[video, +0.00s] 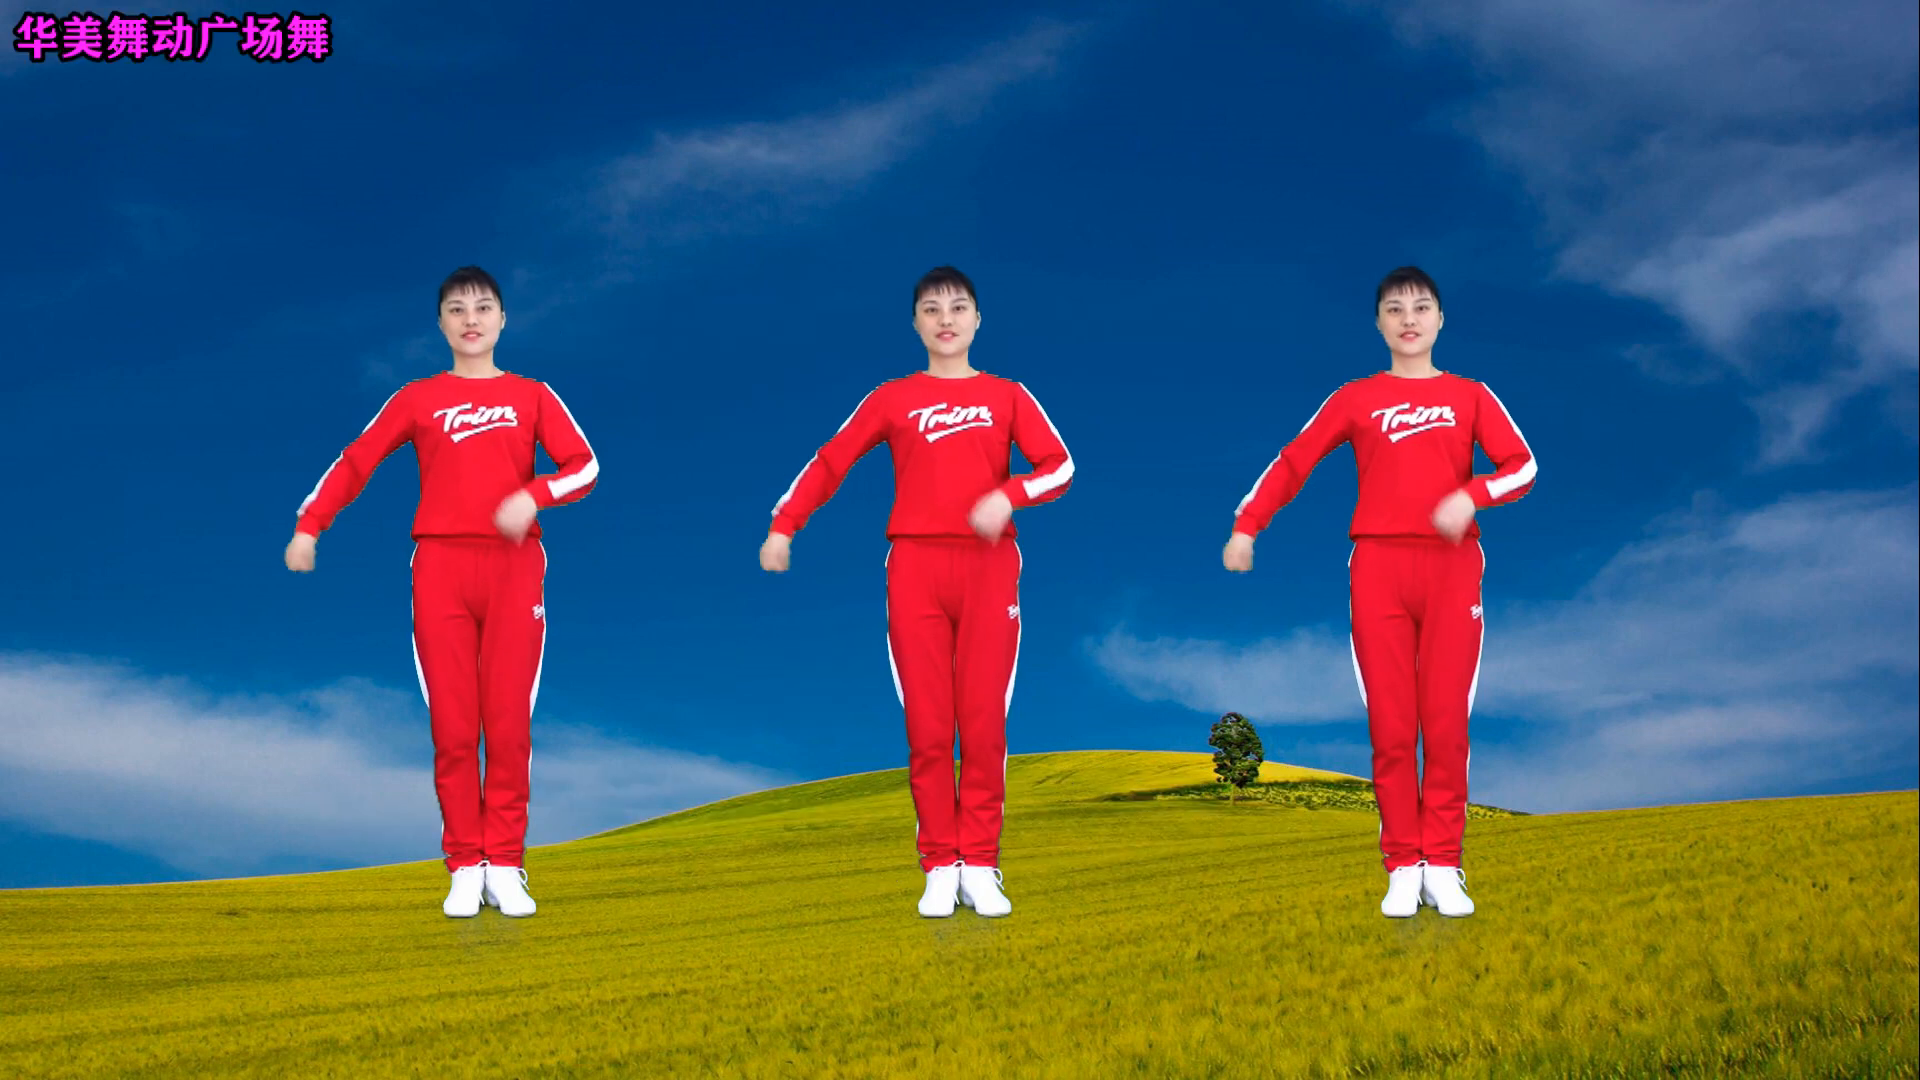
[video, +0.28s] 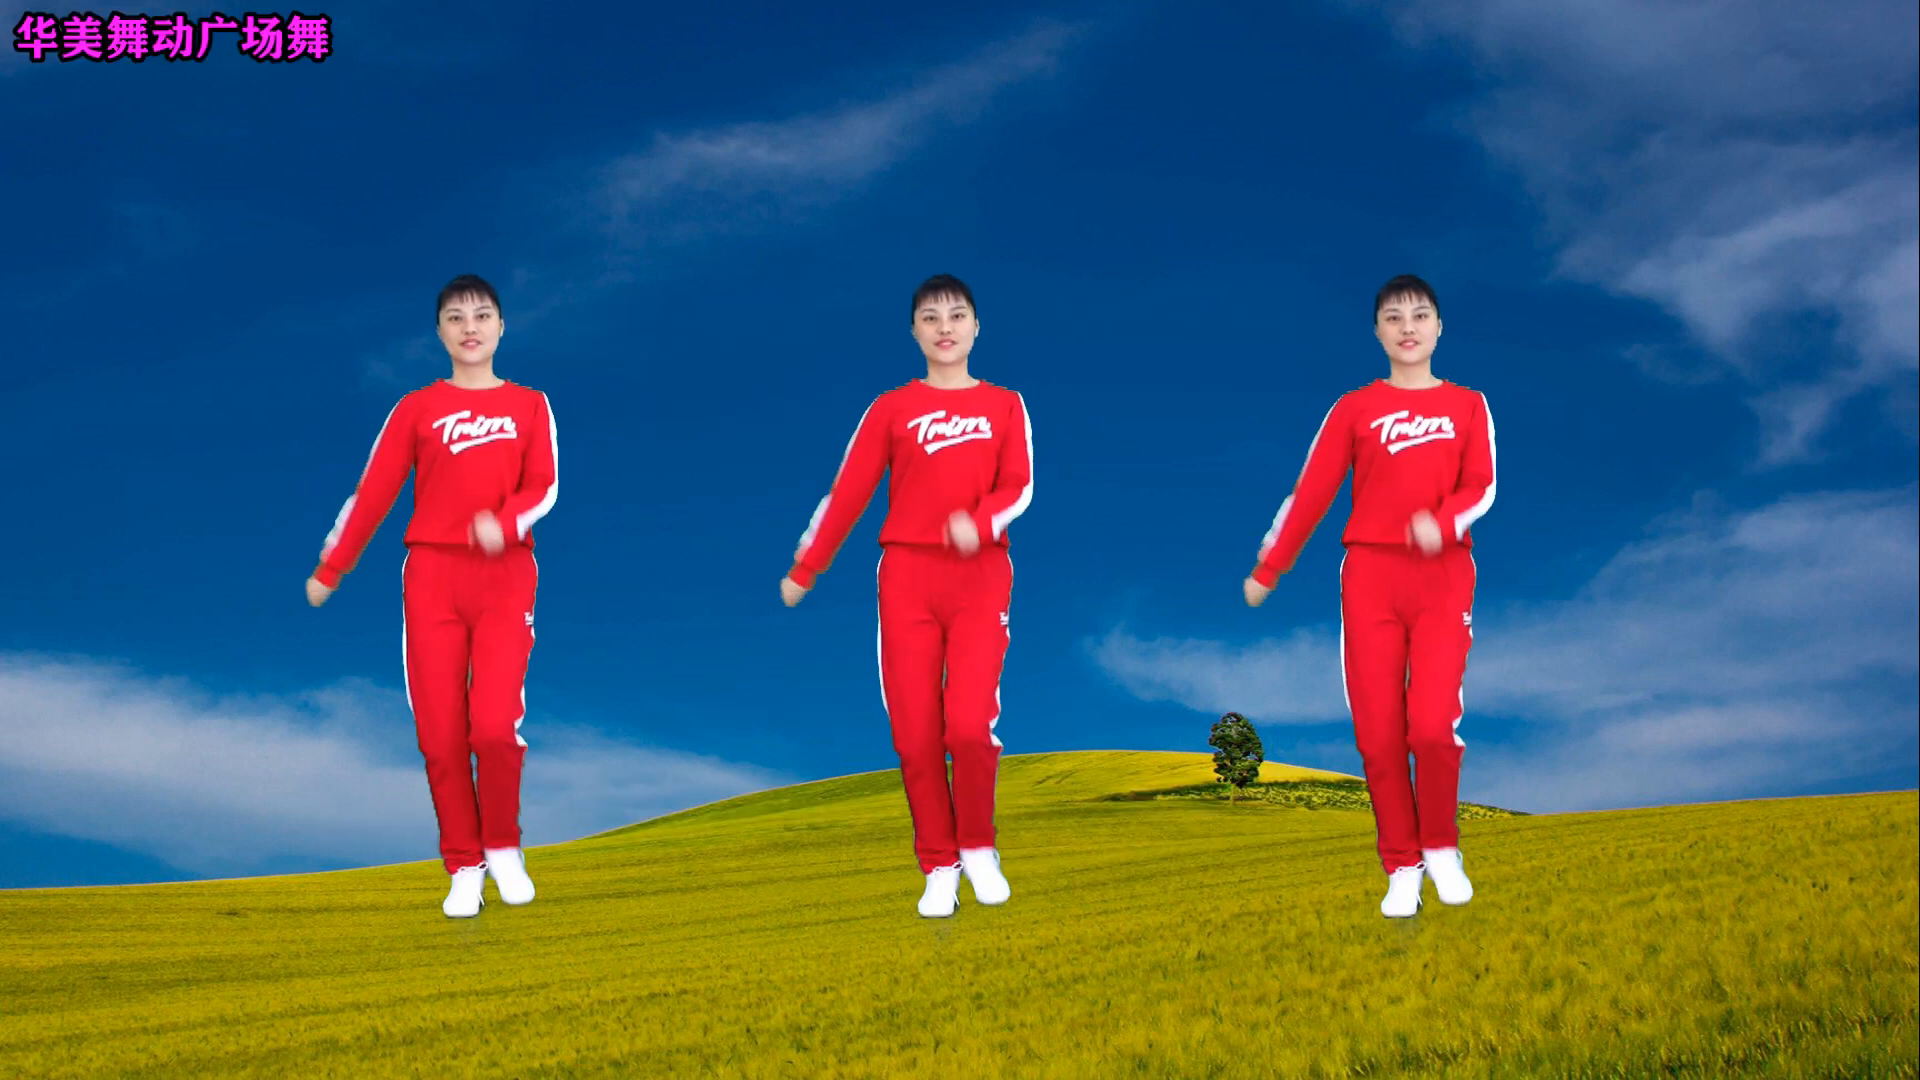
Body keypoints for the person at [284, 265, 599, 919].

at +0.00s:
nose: (471, 319)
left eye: (482, 308)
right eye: (459, 310)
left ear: (501, 318)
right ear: (443, 323)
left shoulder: (533, 396)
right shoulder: (416, 399)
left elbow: (585, 468)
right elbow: (355, 462)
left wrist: (533, 495)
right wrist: (307, 528)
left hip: (514, 573)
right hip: (440, 573)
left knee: (509, 722)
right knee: (453, 727)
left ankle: (505, 865)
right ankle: (465, 865)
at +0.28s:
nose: (470, 326)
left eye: (481, 316)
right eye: (457, 318)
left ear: (500, 326)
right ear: (441, 332)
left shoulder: (530, 403)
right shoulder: (415, 407)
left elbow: (544, 486)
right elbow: (373, 491)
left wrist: (507, 521)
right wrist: (331, 567)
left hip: (506, 580)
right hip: (431, 580)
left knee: (495, 724)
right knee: (439, 734)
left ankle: (503, 848)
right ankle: (463, 865)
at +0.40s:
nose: (470, 329)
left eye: (482, 319)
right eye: (457, 320)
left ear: (499, 330)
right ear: (441, 333)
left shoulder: (529, 409)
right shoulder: (414, 411)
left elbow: (543, 503)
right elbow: (391, 498)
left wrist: (547, 590)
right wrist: (415, 565)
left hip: (503, 581)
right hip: (431, 582)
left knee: (480, 715)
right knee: (431, 731)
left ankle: (499, 809)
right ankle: (462, 863)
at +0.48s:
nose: (471, 315)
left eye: (483, 305)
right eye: (458, 306)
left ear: (501, 317)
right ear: (441, 319)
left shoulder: (530, 396)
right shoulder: (413, 396)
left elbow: (562, 486)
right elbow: (377, 476)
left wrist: (580, 571)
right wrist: (439, 490)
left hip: (506, 568)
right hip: (430, 569)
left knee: (481, 706)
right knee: (436, 722)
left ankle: (499, 810)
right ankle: (464, 861)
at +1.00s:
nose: (483, 328)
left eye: (495, 316)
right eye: (470, 318)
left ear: (513, 327)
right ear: (453, 330)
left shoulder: (544, 407)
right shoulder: (428, 412)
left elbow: (565, 500)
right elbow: (421, 507)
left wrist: (577, 587)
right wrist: (423, 592)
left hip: (535, 580)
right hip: (461, 583)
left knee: (531, 732)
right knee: (484, 709)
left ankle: (510, 869)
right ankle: (475, 812)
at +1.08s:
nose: (484, 324)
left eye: (496, 312)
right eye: (471, 314)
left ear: (514, 323)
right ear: (455, 326)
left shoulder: (546, 400)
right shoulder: (430, 407)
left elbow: (567, 484)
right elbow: (407, 501)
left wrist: (537, 540)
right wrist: (388, 589)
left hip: (536, 573)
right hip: (461, 575)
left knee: (534, 721)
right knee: (490, 699)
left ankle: (511, 867)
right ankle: (477, 806)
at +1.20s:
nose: (484, 305)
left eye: (495, 294)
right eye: (471, 296)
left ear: (514, 303)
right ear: (455, 308)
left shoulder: (546, 381)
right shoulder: (430, 388)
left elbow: (586, 465)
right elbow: (379, 464)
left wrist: (531, 442)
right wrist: (340, 544)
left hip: (534, 556)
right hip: (458, 556)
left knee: (527, 712)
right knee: (485, 705)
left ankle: (514, 861)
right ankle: (475, 827)